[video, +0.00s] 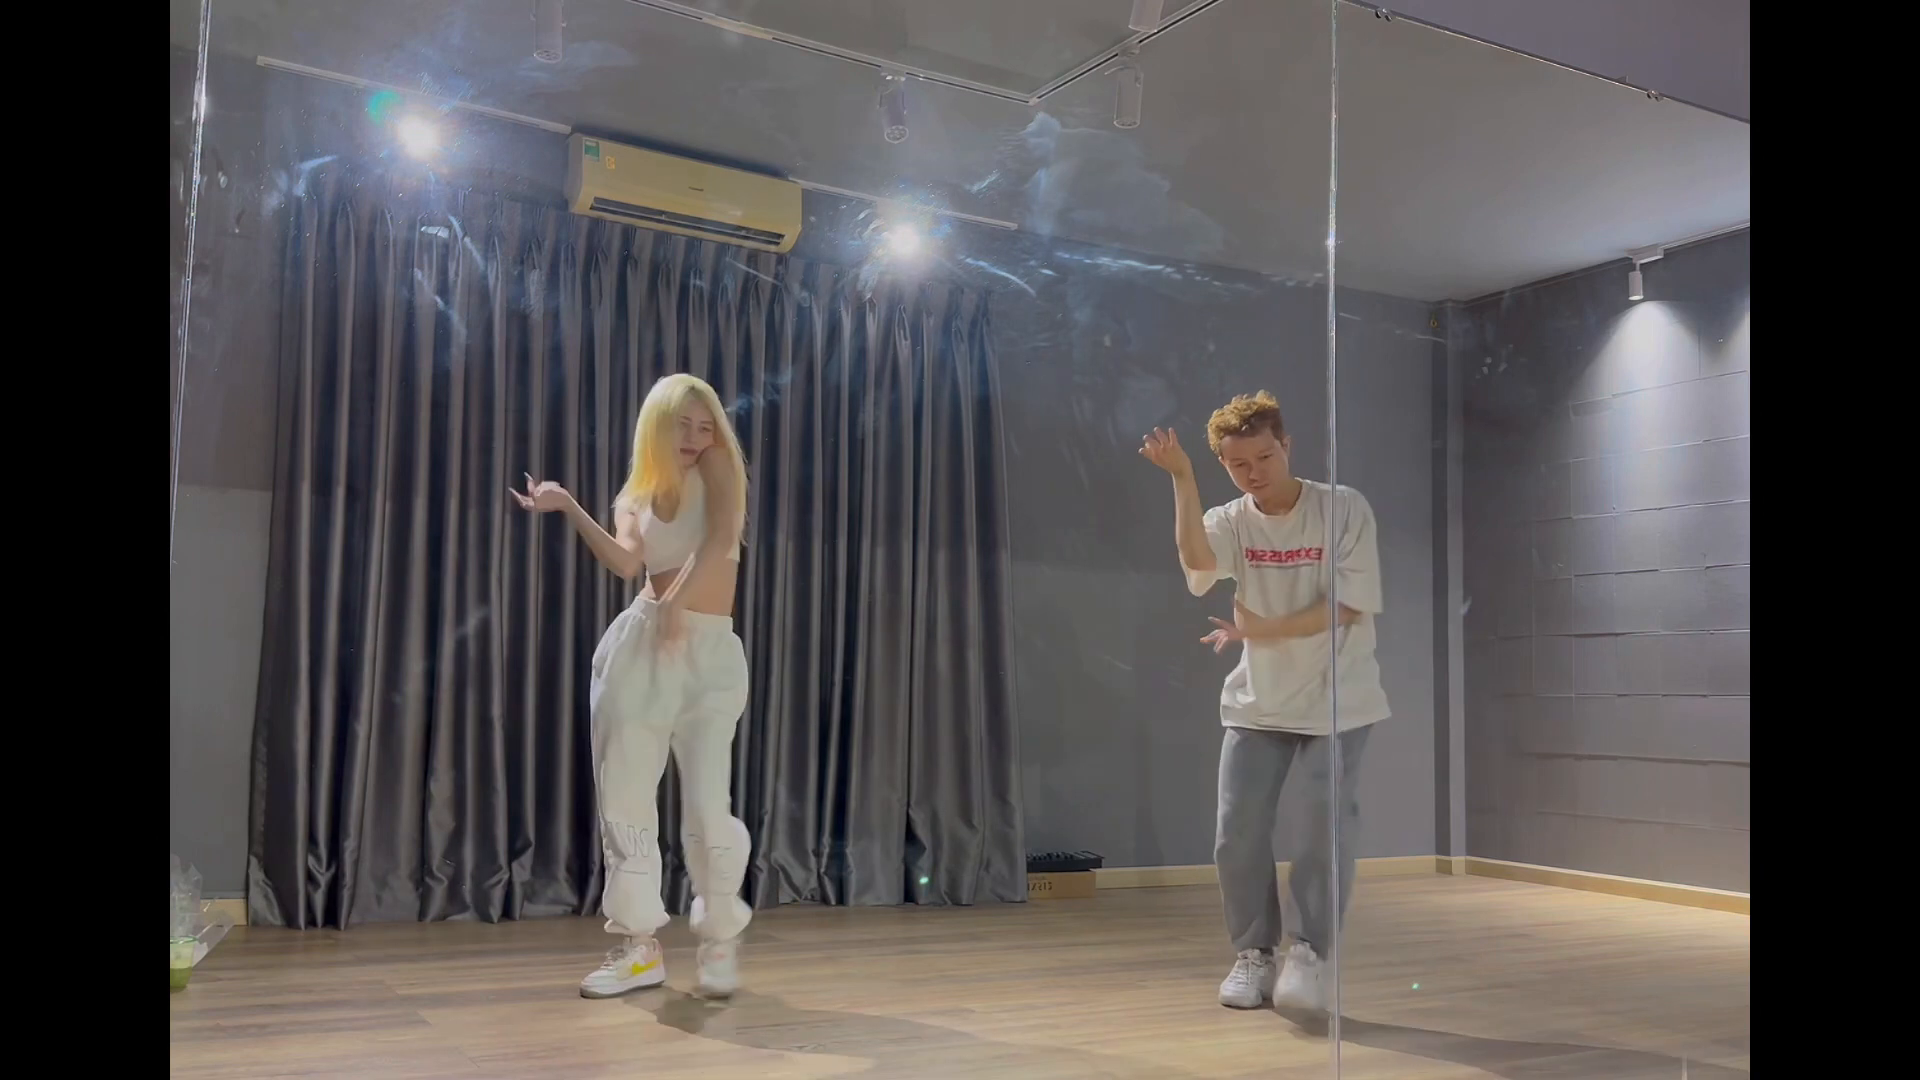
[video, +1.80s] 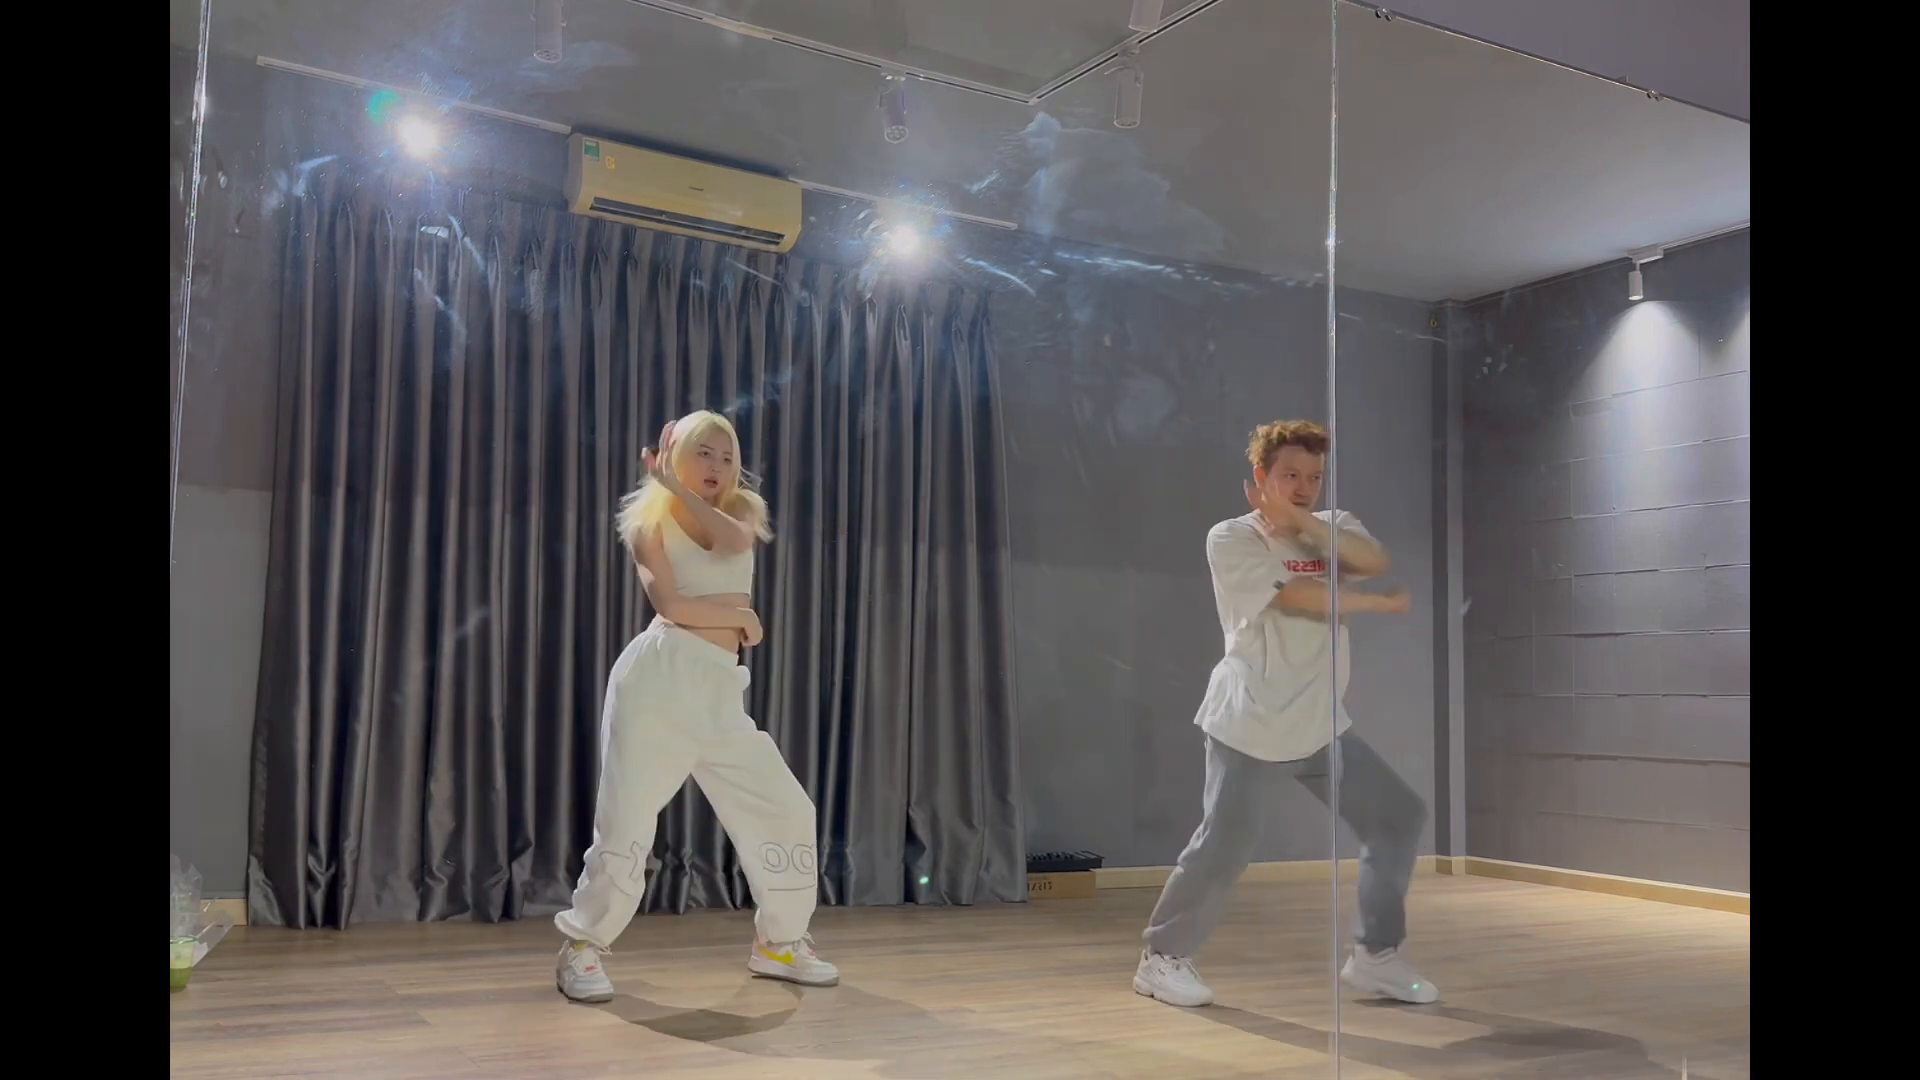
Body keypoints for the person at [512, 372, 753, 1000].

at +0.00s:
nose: (697, 438)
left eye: (706, 427)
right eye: (685, 427)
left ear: (717, 429)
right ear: (659, 429)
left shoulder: (720, 470)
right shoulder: (635, 495)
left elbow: (719, 541)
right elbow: (626, 561)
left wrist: (678, 601)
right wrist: (571, 506)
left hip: (710, 650)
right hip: (641, 647)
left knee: (706, 805)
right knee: (625, 798)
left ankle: (719, 949)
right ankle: (642, 949)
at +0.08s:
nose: (701, 430)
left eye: (712, 421)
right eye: (689, 419)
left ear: (723, 428)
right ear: (664, 424)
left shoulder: (728, 464)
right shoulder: (639, 491)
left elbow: (779, 518)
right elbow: (649, 587)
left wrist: (734, 576)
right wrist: (609, 529)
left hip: (721, 655)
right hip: (649, 653)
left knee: (729, 804)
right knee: (626, 800)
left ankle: (766, 921)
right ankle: (639, 943)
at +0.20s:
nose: (720, 438)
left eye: (729, 432)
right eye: (707, 430)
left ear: (743, 452)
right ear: (682, 448)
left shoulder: (754, 517)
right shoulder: (655, 507)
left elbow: (807, 588)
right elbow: (641, 591)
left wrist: (787, 518)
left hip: (754, 689)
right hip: (676, 689)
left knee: (776, 822)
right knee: (590, 797)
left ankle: (792, 942)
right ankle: (635, 936)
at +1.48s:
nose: (739, 459)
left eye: (746, 449)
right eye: (727, 448)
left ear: (754, 459)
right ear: (701, 453)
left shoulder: (746, 515)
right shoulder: (678, 489)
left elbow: (790, 549)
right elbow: (672, 570)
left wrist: (808, 490)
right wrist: (742, 608)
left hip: (751, 680)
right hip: (680, 683)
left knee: (791, 814)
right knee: (622, 812)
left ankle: (789, 944)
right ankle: (635, 946)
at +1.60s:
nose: (725, 444)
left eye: (736, 435)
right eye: (714, 432)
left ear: (747, 443)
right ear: (686, 437)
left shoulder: (752, 499)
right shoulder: (666, 493)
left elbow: (761, 483)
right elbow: (676, 576)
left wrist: (762, 419)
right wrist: (746, 593)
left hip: (730, 672)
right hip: (670, 664)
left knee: (790, 801)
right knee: (636, 812)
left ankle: (780, 939)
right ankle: (582, 943)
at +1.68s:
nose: (724, 457)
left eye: (733, 447)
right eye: (712, 445)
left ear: (744, 459)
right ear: (685, 451)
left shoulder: (755, 511)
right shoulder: (661, 516)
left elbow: (737, 590)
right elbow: (680, 596)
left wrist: (742, 618)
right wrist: (751, 608)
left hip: (719, 680)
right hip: (664, 669)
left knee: (785, 802)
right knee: (632, 809)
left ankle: (778, 939)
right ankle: (579, 946)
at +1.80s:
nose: (716, 465)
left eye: (727, 458)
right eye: (702, 453)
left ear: (738, 471)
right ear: (669, 461)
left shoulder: (745, 510)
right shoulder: (651, 514)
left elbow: (726, 539)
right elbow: (668, 605)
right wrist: (739, 616)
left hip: (721, 692)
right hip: (657, 681)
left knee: (789, 812)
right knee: (627, 824)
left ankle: (780, 942)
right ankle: (583, 950)